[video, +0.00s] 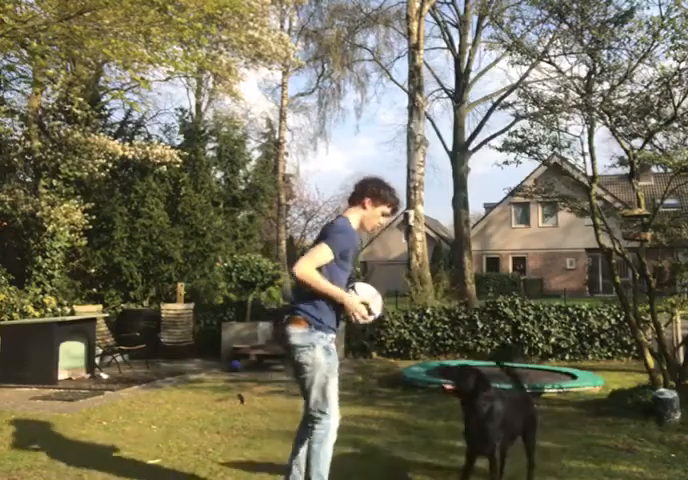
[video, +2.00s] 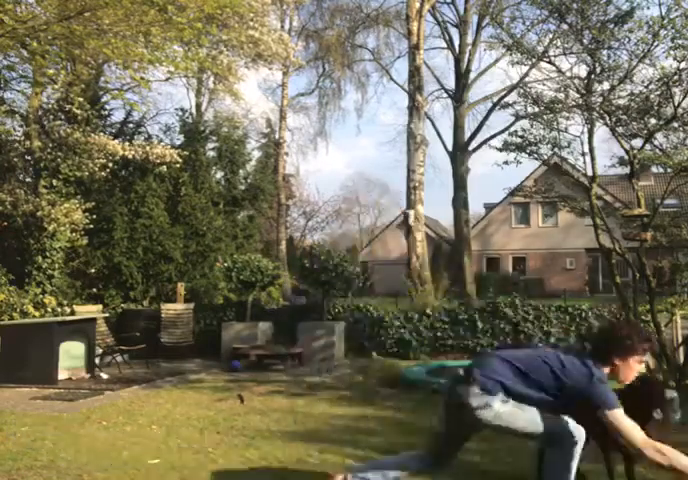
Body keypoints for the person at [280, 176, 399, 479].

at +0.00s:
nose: (381, 224)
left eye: (386, 218)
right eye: (383, 215)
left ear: (365, 204)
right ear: (367, 202)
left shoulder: (343, 231)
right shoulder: (343, 231)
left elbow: (317, 277)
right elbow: (302, 268)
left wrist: (351, 300)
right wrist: (345, 299)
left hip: (311, 332)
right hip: (311, 334)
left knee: (316, 415)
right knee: (326, 417)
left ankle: (297, 474)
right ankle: (315, 475)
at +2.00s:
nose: (641, 370)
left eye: (643, 362)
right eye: (639, 361)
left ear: (607, 353)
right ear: (618, 357)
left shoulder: (575, 363)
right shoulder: (592, 379)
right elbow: (644, 447)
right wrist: (680, 463)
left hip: (462, 385)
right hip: (485, 396)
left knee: (435, 459)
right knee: (567, 433)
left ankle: (353, 476)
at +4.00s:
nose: (409, 222)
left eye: (412, 216)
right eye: (409, 213)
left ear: (389, 205)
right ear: (391, 204)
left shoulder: (364, 235)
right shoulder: (361, 236)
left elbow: (352, 301)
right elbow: (348, 301)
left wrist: (398, 328)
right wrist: (399, 329)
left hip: (333, 339)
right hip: (332, 341)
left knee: (346, 426)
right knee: (371, 424)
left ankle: (333, 476)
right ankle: (351, 475)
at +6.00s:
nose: (450, 257)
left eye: (452, 250)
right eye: (449, 248)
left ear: (428, 241)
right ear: (432, 242)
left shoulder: (396, 266)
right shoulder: (405, 270)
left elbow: (390, 340)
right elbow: (394, 337)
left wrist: (433, 347)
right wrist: (446, 343)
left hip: (325, 345)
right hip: (334, 348)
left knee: (363, 427)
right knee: (376, 430)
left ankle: (353, 475)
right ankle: (356, 475)